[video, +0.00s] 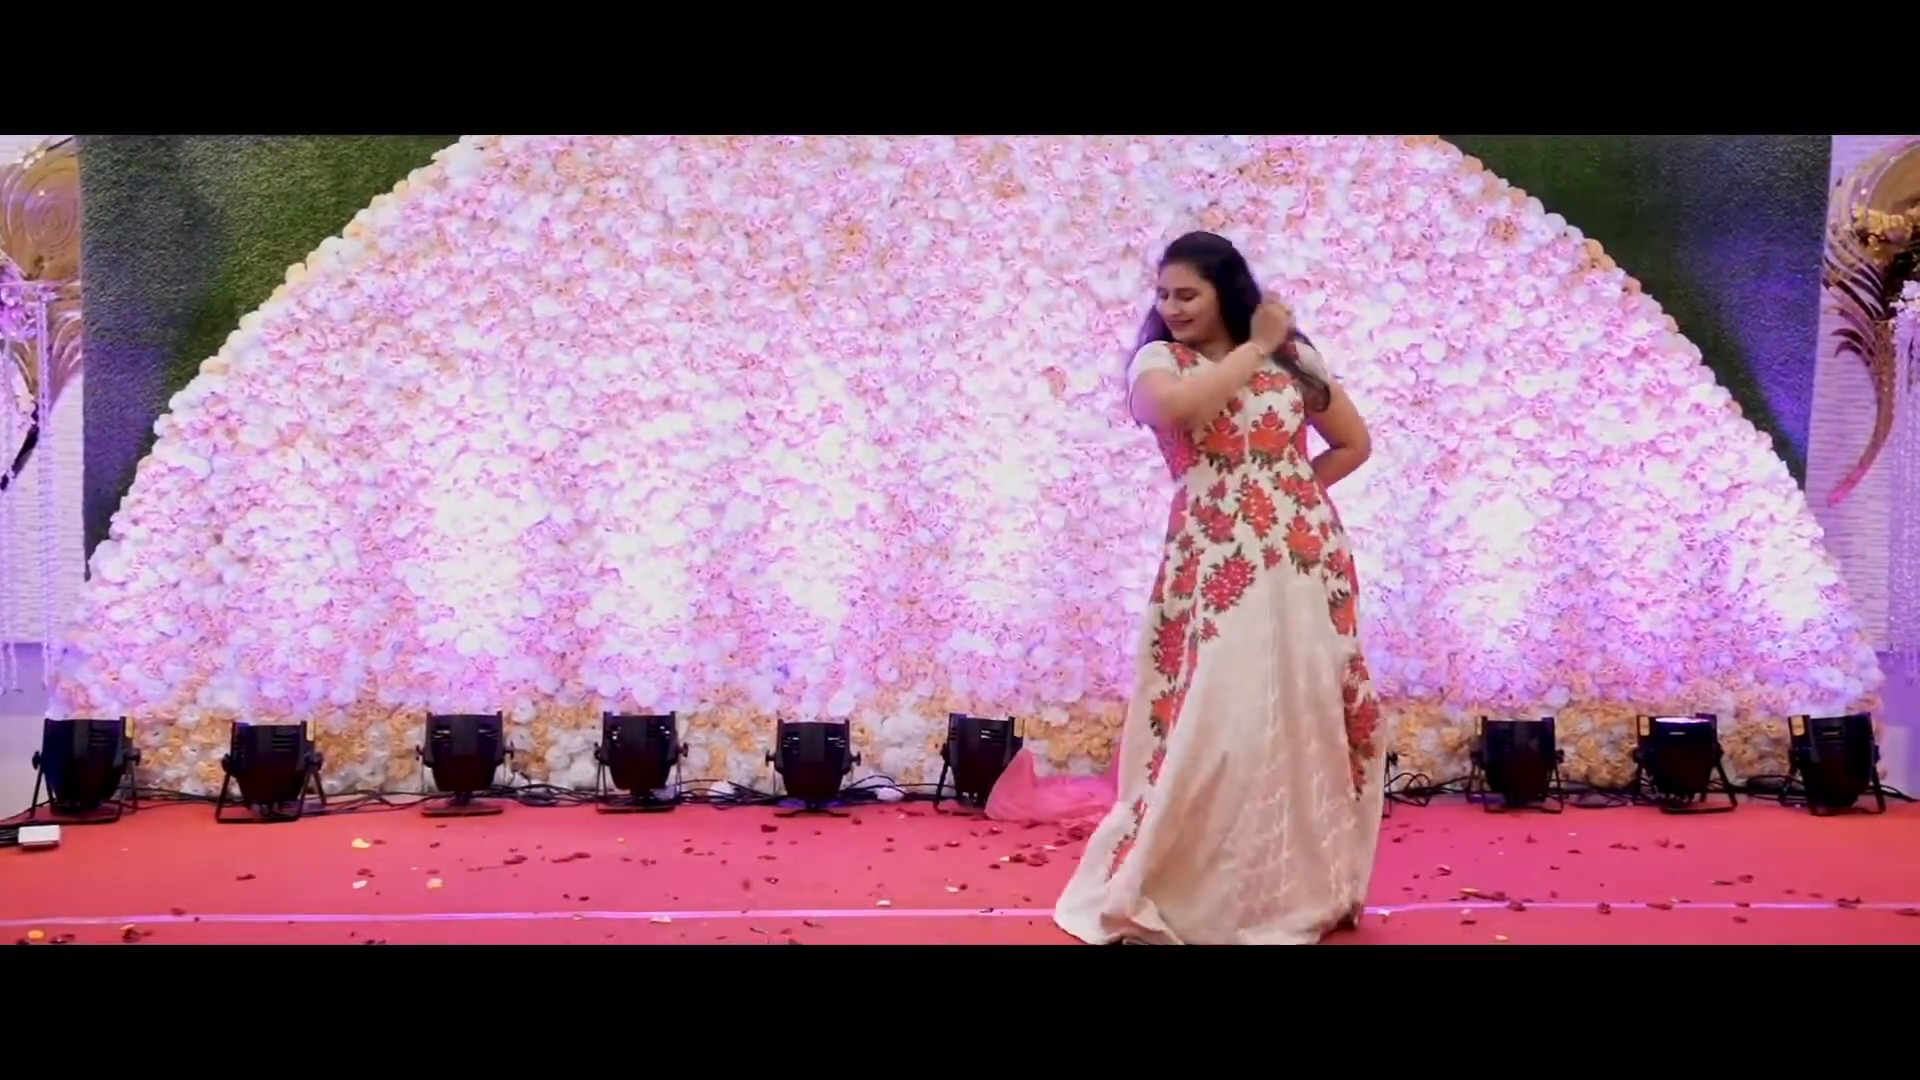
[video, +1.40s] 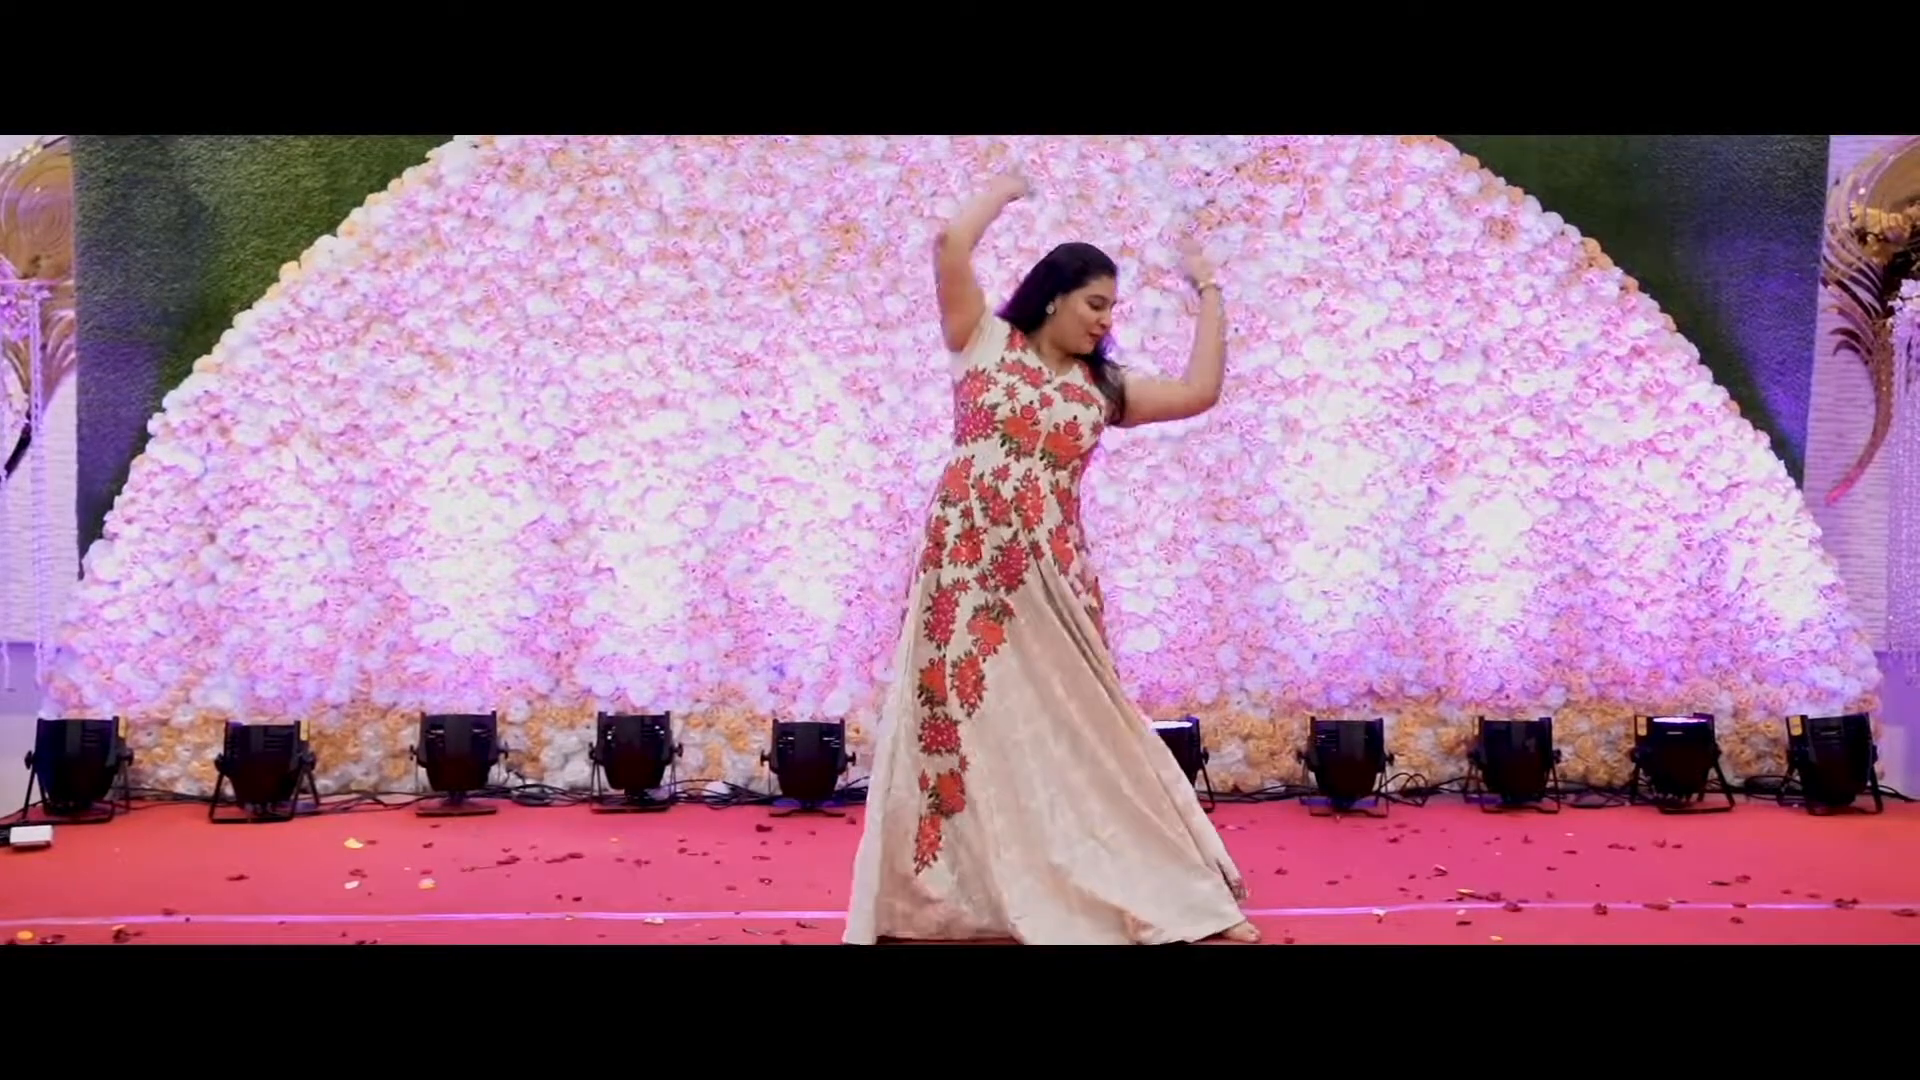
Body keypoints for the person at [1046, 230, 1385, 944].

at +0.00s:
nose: (1174, 308)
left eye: (1188, 294)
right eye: (1165, 295)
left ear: (1228, 294)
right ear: (1157, 298)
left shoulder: (1286, 356)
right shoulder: (1157, 360)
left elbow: (1354, 442)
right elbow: (1179, 405)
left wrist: (1293, 487)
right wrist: (1260, 345)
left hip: (1297, 545)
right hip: (1218, 550)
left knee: (1303, 716)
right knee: (1225, 716)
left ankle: (1304, 888)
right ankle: (1215, 890)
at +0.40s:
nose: (1225, 323)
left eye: (1239, 311)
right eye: (1210, 310)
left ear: (1255, 316)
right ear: (1184, 312)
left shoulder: (1274, 399)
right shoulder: (1156, 370)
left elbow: (1297, 498)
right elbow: (1085, 330)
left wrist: (1228, 494)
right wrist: (1184, 348)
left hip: (1250, 566)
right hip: (1169, 561)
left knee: (1263, 724)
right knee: (1163, 722)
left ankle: (1269, 890)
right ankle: (1164, 890)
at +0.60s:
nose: (1179, 312)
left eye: (1192, 300)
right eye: (1165, 297)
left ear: (1204, 310)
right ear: (1131, 300)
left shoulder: (1212, 393)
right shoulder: (1081, 355)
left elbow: (1225, 499)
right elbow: (980, 328)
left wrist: (1158, 507)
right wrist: (1071, 309)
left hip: (1157, 566)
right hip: (1076, 553)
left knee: (1156, 723)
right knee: (1056, 715)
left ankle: (1148, 891)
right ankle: (1052, 888)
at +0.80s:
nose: (1124, 311)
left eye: (1135, 300)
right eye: (1110, 296)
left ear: (1144, 308)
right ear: (1075, 296)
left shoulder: (1150, 394)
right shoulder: (1024, 354)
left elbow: (1153, 496)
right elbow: (915, 356)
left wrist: (1083, 505)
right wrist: (960, 304)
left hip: (1076, 567)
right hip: (995, 553)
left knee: (1071, 725)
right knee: (980, 717)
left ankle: (1070, 893)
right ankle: (969, 890)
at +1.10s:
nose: (1087, 333)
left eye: (1097, 321)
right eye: (1074, 317)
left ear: (1104, 329)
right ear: (1035, 315)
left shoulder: (1106, 406)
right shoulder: (977, 377)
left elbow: (1187, 467)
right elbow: (870, 390)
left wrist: (1124, 509)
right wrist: (887, 302)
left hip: (1038, 583)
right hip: (953, 574)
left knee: (1056, 744)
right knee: (940, 737)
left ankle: (1188, 903)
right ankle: (927, 907)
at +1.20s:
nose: (1088, 334)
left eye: (1097, 323)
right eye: (1076, 317)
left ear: (1103, 330)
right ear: (1037, 315)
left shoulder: (1105, 406)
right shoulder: (976, 371)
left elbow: (1197, 465)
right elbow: (872, 341)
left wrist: (1182, 415)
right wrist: (907, 274)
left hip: (1039, 586)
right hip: (952, 575)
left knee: (1064, 747)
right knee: (938, 736)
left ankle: (1189, 903)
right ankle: (923, 905)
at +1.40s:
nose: (1103, 319)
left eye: (1111, 309)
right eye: (1093, 303)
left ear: (1107, 316)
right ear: (1050, 295)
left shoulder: (1103, 390)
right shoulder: (984, 341)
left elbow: (1199, 392)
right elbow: (953, 246)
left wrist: (1209, 292)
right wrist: (1002, 187)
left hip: (1051, 571)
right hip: (963, 560)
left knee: (1074, 735)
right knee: (956, 728)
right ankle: (949, 902)